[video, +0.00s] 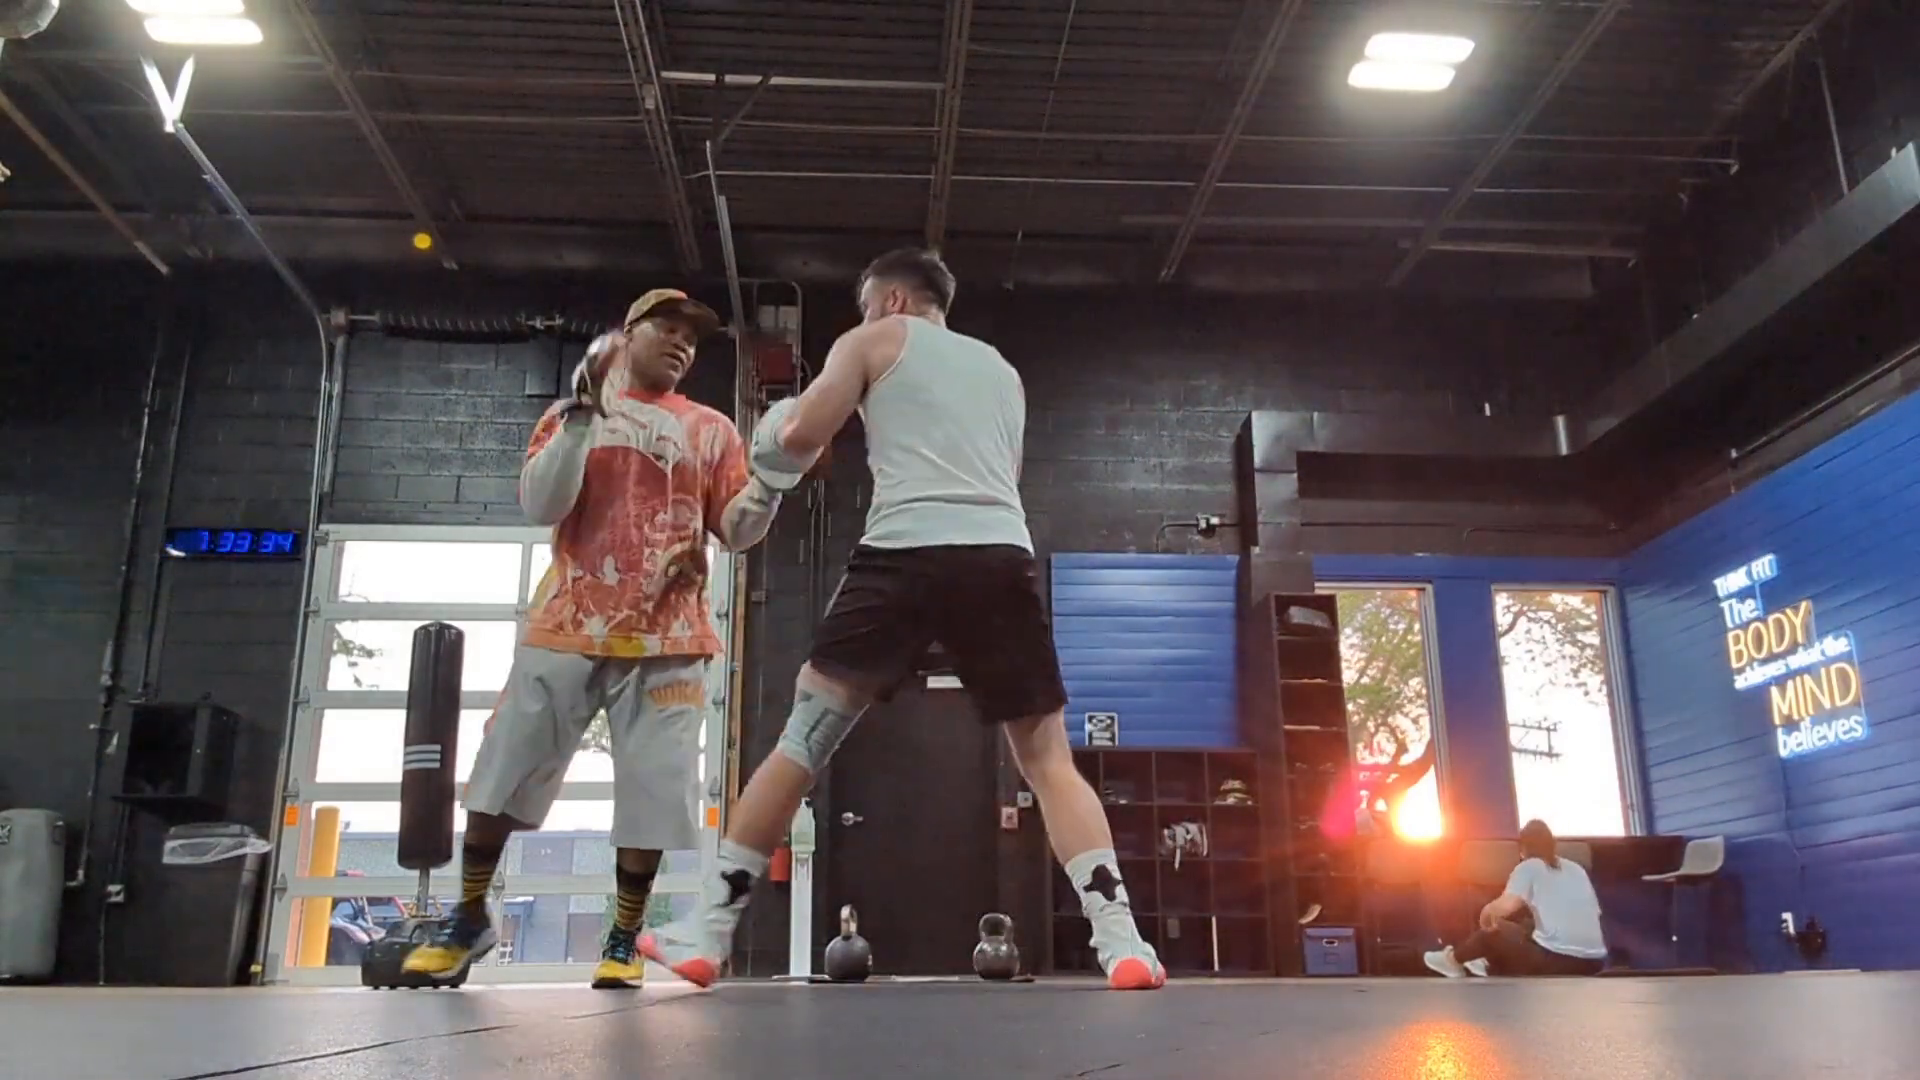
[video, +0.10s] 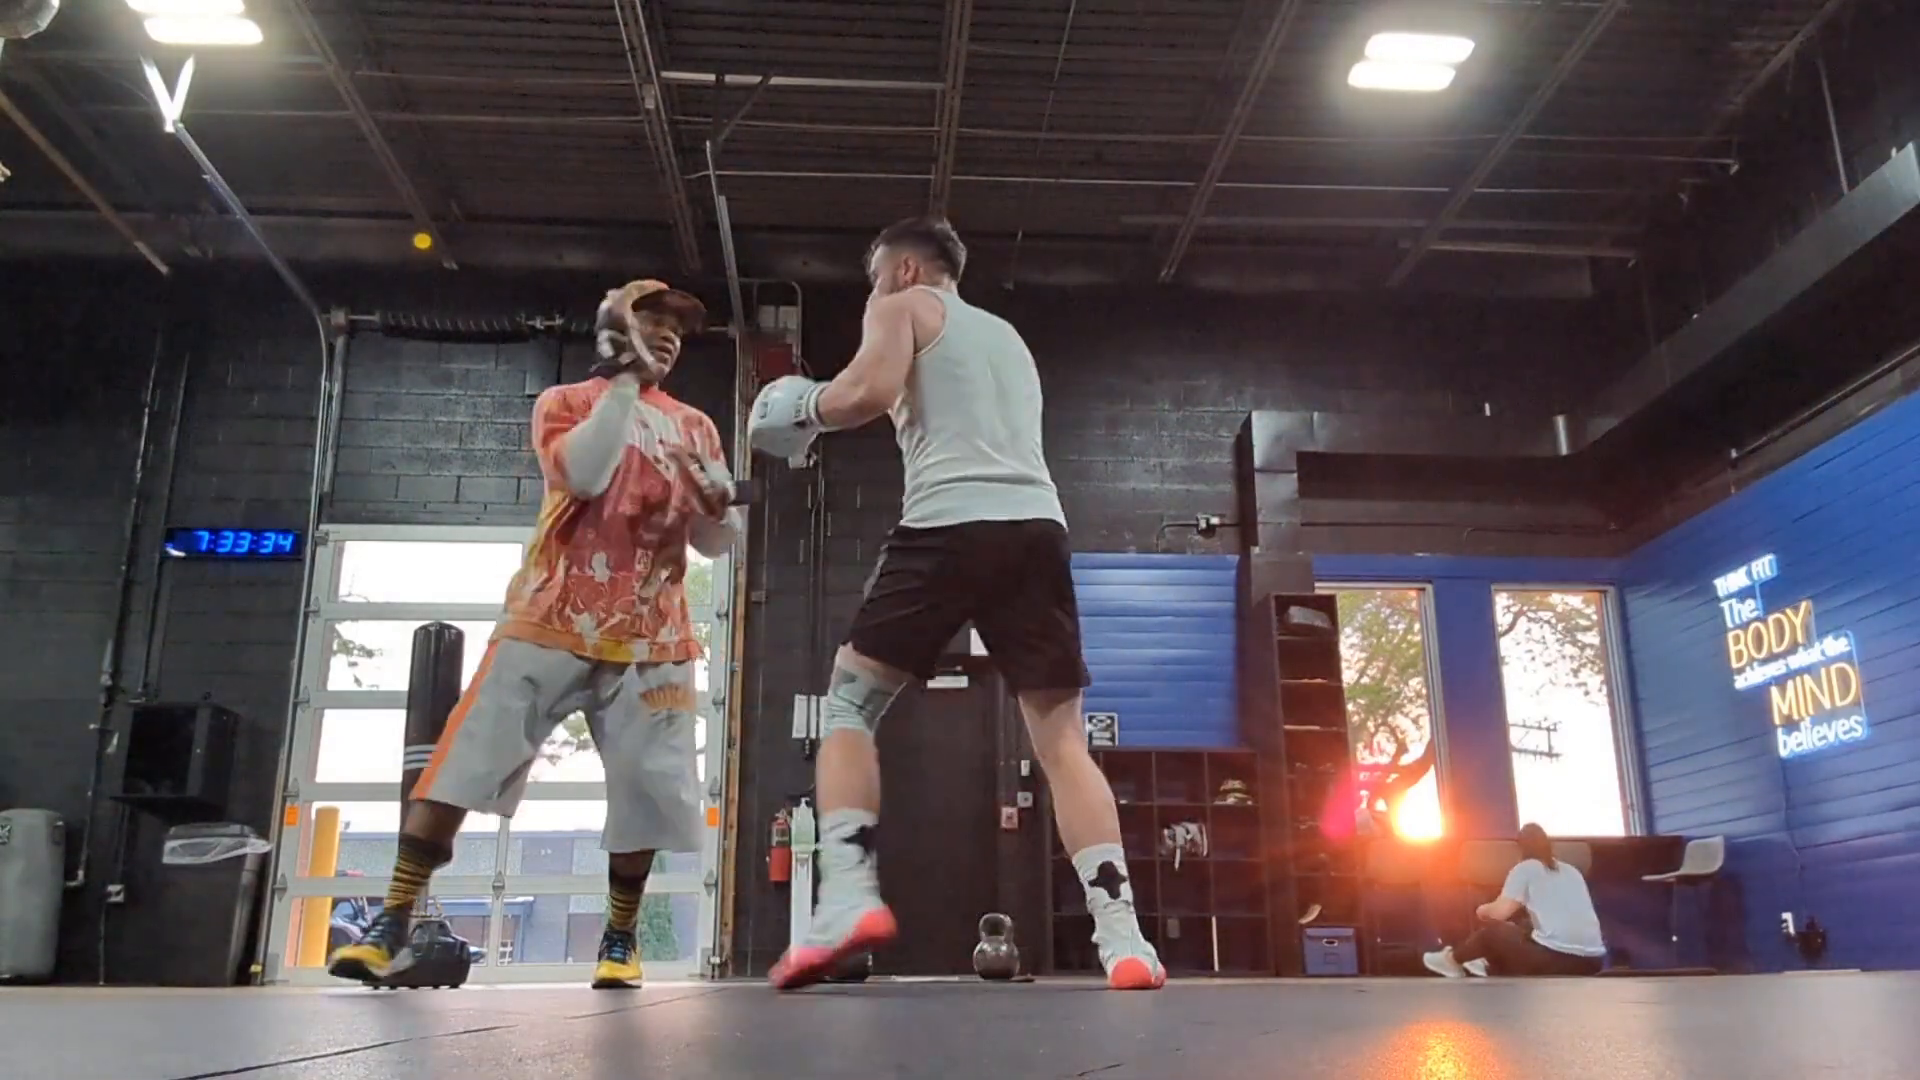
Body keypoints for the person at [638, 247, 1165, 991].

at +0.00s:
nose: (867, 320)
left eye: (868, 308)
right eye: (868, 310)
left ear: (892, 298)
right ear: (941, 304)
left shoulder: (870, 340)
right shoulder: (1004, 371)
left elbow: (802, 435)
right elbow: (1008, 473)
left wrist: (762, 487)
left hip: (899, 559)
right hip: (1000, 563)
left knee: (802, 745)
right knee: (1049, 756)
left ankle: (707, 929)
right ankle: (1121, 940)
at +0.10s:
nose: (874, 292)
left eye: (877, 277)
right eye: (874, 280)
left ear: (908, 266)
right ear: (950, 272)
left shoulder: (902, 301)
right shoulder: (1007, 337)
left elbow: (869, 390)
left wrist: (798, 403)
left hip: (945, 528)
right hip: (1038, 532)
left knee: (851, 707)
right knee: (1063, 739)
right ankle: (1122, 937)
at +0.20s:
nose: (884, 281)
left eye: (887, 265)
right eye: (883, 269)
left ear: (918, 251)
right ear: (955, 259)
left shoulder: (926, 294)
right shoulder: (1002, 327)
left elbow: (906, 394)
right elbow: (933, 457)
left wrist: (840, 384)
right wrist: (861, 385)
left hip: (983, 531)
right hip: (1070, 530)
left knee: (907, 723)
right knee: (1085, 732)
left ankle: (934, 927)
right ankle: (1145, 924)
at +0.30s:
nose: (905, 299)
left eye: (911, 279)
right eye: (905, 283)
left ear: (946, 266)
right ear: (970, 271)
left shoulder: (967, 306)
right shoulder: (1019, 335)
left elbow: (936, 411)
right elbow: (939, 451)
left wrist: (877, 399)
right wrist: (871, 409)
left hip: (1028, 534)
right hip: (1103, 539)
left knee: (921, 718)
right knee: (1117, 748)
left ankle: (938, 934)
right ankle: (1236, 912)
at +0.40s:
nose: (944, 310)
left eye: (952, 291)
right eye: (944, 295)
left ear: (991, 283)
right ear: (1006, 288)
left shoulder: (1017, 325)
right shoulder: (1052, 359)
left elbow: (996, 421)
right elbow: (987, 491)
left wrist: (923, 425)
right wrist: (925, 441)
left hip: (1066, 559)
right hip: (1131, 567)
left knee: (930, 718)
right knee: (1166, 771)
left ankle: (939, 936)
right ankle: (1309, 930)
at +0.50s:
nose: (974, 320)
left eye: (980, 302)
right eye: (973, 307)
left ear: (1021, 296)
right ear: (1036, 303)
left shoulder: (1048, 331)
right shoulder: (1073, 372)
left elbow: (1038, 422)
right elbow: (1030, 516)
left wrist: (964, 427)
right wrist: (976, 446)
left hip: (1103, 559)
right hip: (1166, 569)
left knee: (963, 713)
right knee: (1187, 775)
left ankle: (941, 935)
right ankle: (1316, 939)